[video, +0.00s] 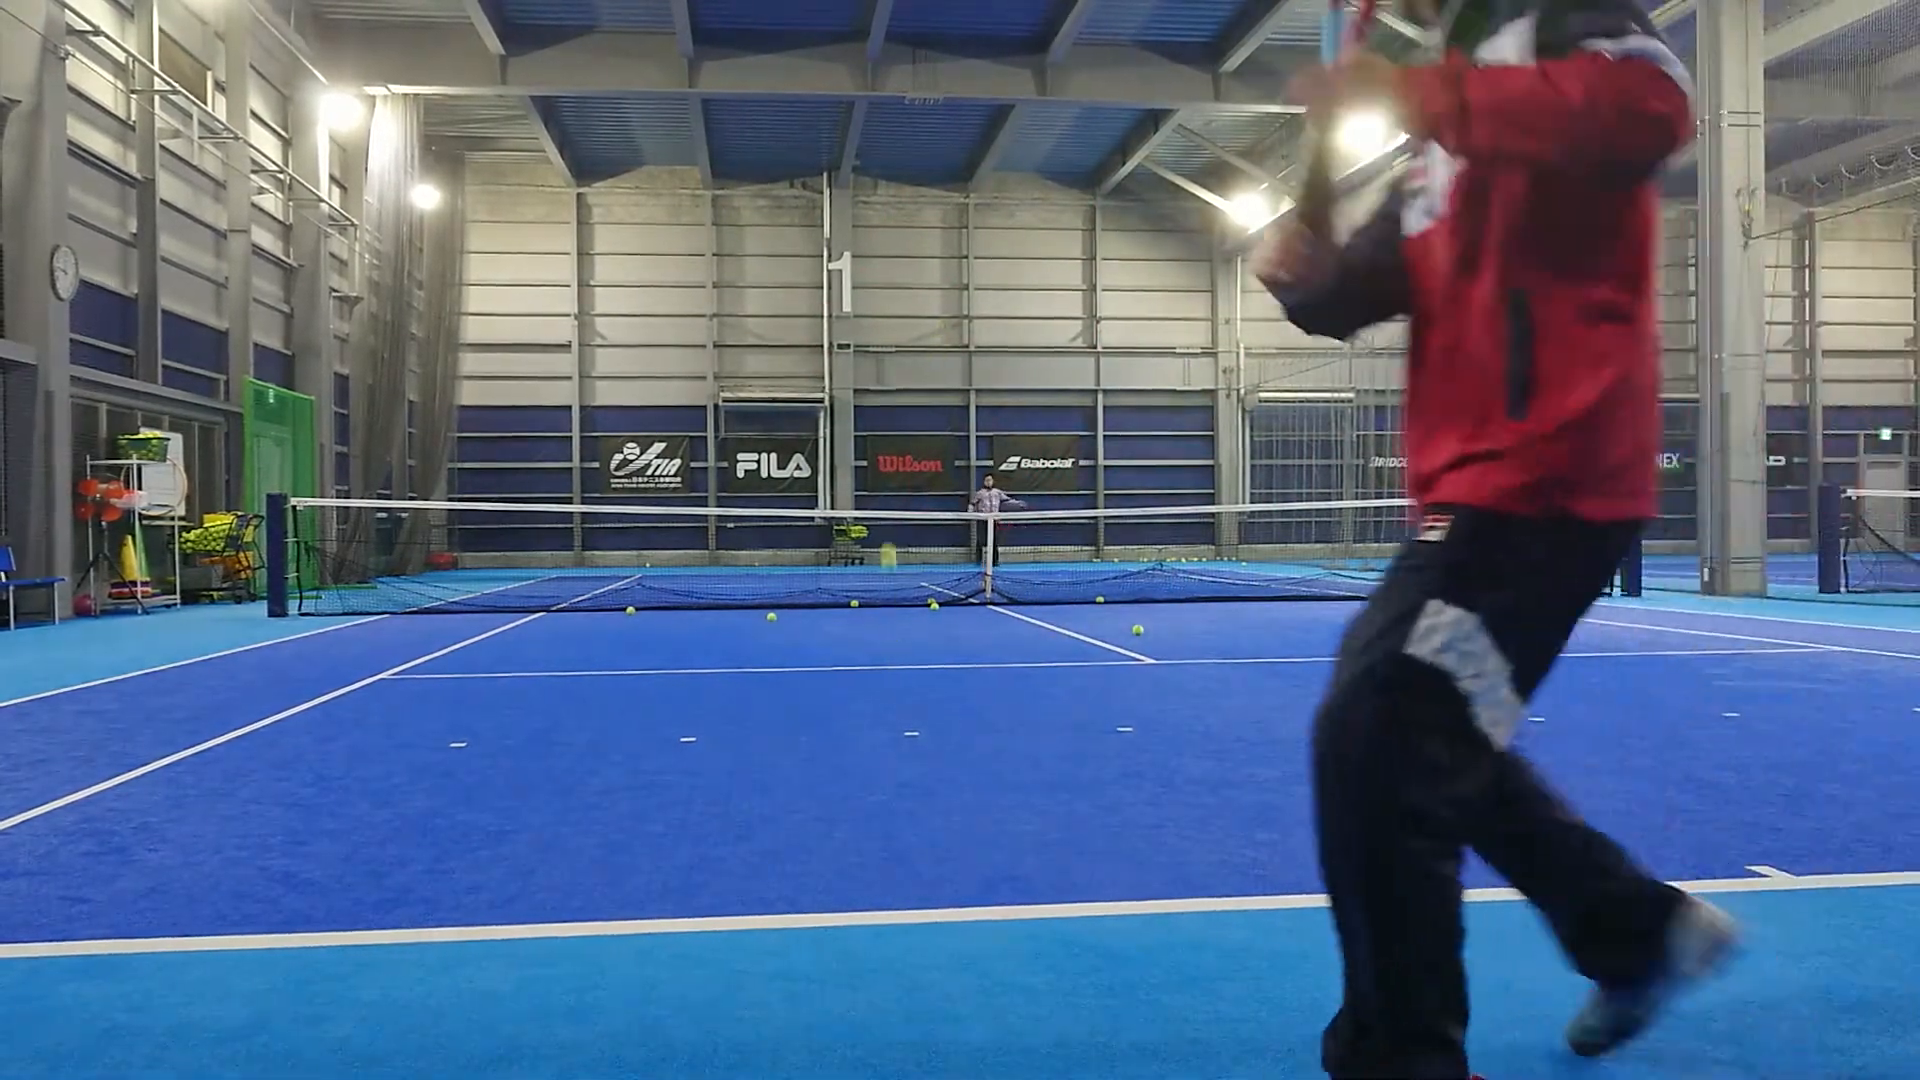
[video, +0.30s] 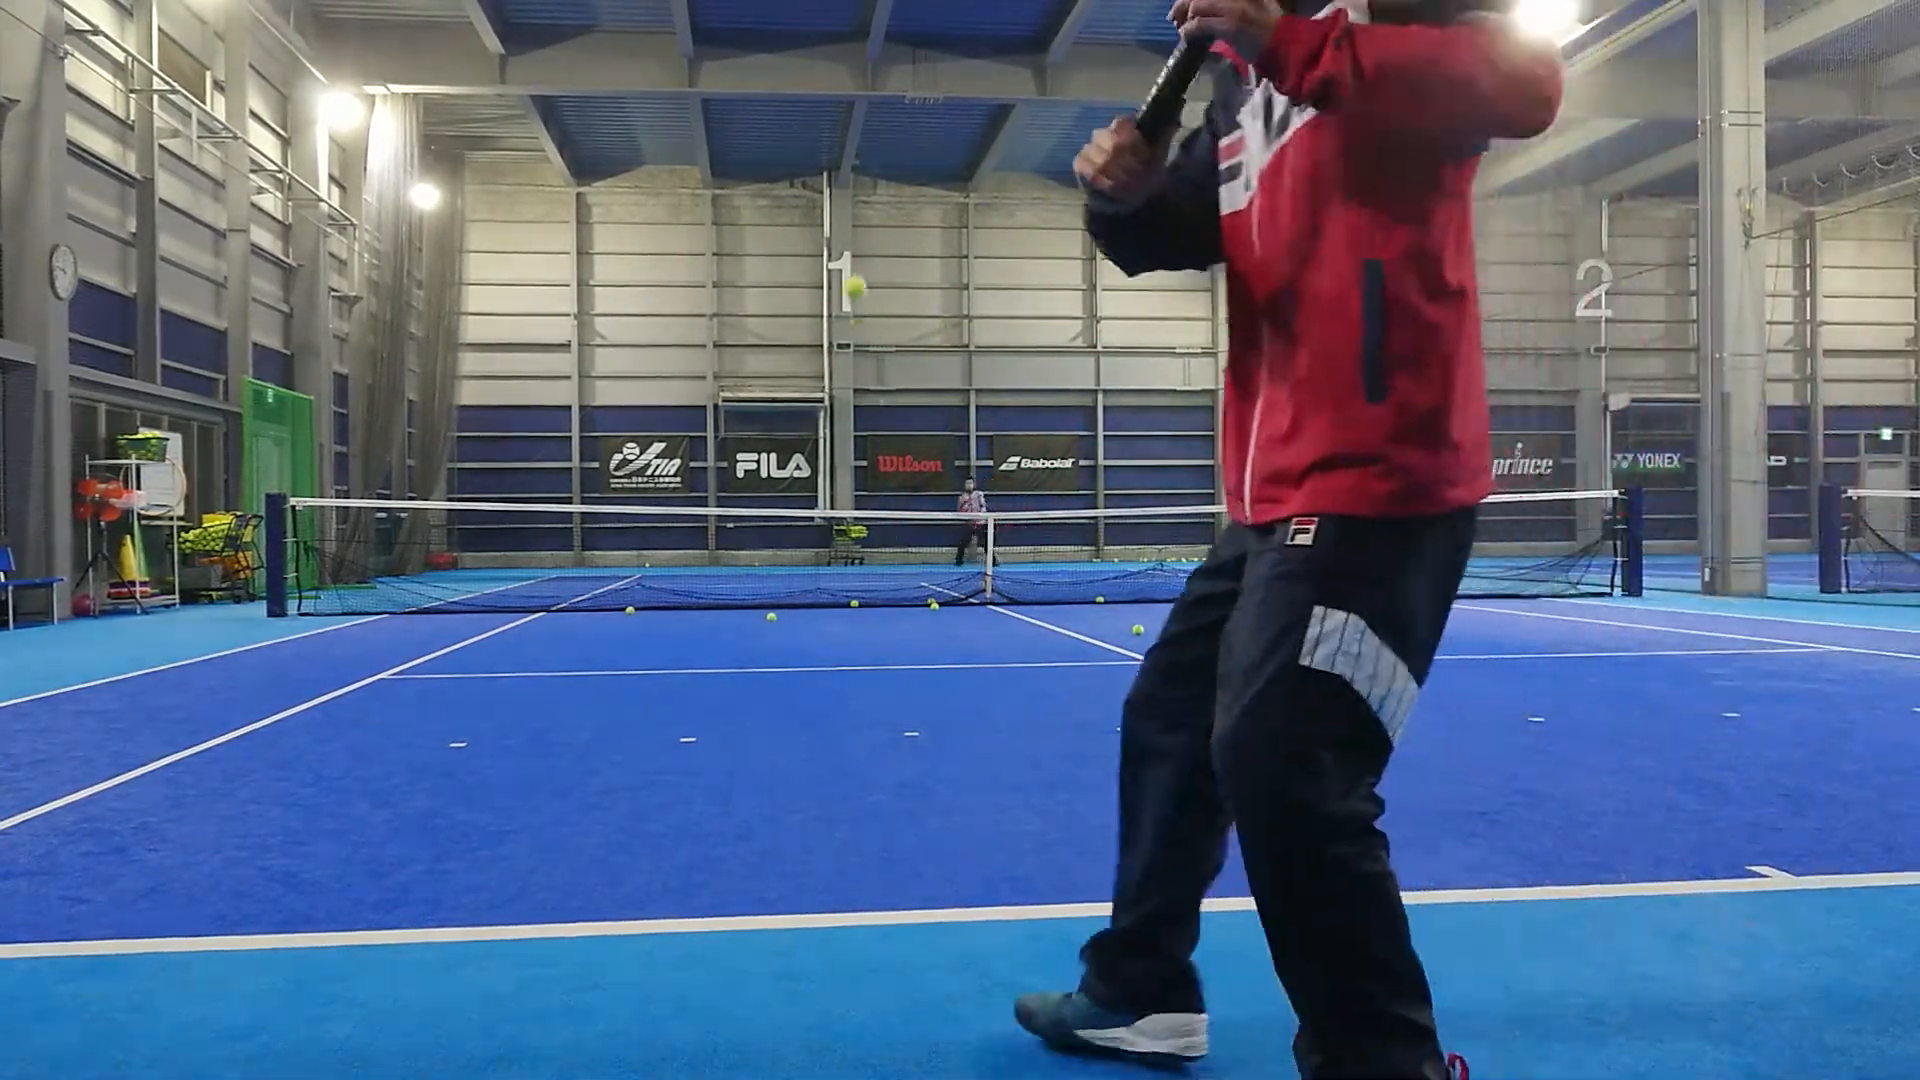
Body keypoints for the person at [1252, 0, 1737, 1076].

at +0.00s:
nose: (1388, 49)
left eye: (1395, 29)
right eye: (1383, 41)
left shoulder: (1580, 41)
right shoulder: (1459, 160)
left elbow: (1650, 109)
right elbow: (1380, 285)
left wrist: (1418, 89)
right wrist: (1315, 276)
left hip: (1557, 484)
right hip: (1475, 486)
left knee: (1381, 732)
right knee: (1396, 737)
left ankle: (1402, 1057)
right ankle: (1639, 936)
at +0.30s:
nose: (1216, 31)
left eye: (1230, 18)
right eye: (1219, 25)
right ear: (1232, 21)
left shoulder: (1395, 36)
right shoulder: (1252, 99)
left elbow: (1527, 83)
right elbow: (1201, 236)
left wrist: (1295, 41)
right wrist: (1135, 201)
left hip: (1384, 479)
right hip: (1280, 489)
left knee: (1281, 753)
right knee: (1172, 716)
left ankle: (1386, 1059)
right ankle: (1143, 989)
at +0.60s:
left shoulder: (1215, 21)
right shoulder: (1192, 51)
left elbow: (1338, 201)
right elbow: (1116, 167)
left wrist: (1276, 404)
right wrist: (999, 257)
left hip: (1212, 470)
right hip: (1224, 472)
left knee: (1125, 723)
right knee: (1158, 729)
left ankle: (1276, 979)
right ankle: (1139, 993)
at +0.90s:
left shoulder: (1086, 48)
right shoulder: (1323, 17)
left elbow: (957, 161)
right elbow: (1509, 27)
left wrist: (776, 244)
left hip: (1203, 447)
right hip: (1342, 435)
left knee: (1138, 739)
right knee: (1244, 739)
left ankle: (1206, 1036)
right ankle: (1135, 986)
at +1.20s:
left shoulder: (1198, 43)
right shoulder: (1490, 18)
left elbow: (1059, 183)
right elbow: (1684, 44)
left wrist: (926, 267)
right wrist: (1864, 39)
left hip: (1276, 450)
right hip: (1453, 442)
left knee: (1230, 758)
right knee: (1437, 703)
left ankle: (1203, 1055)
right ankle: (1469, 991)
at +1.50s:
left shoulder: (1474, 74)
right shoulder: (1743, 41)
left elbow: (1363, 234)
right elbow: (1905, 168)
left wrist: (1255, 350)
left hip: (1533, 465)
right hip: (1711, 465)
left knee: (1476, 715)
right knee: (1721, 769)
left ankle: (1372, 916)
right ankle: (1674, 1053)